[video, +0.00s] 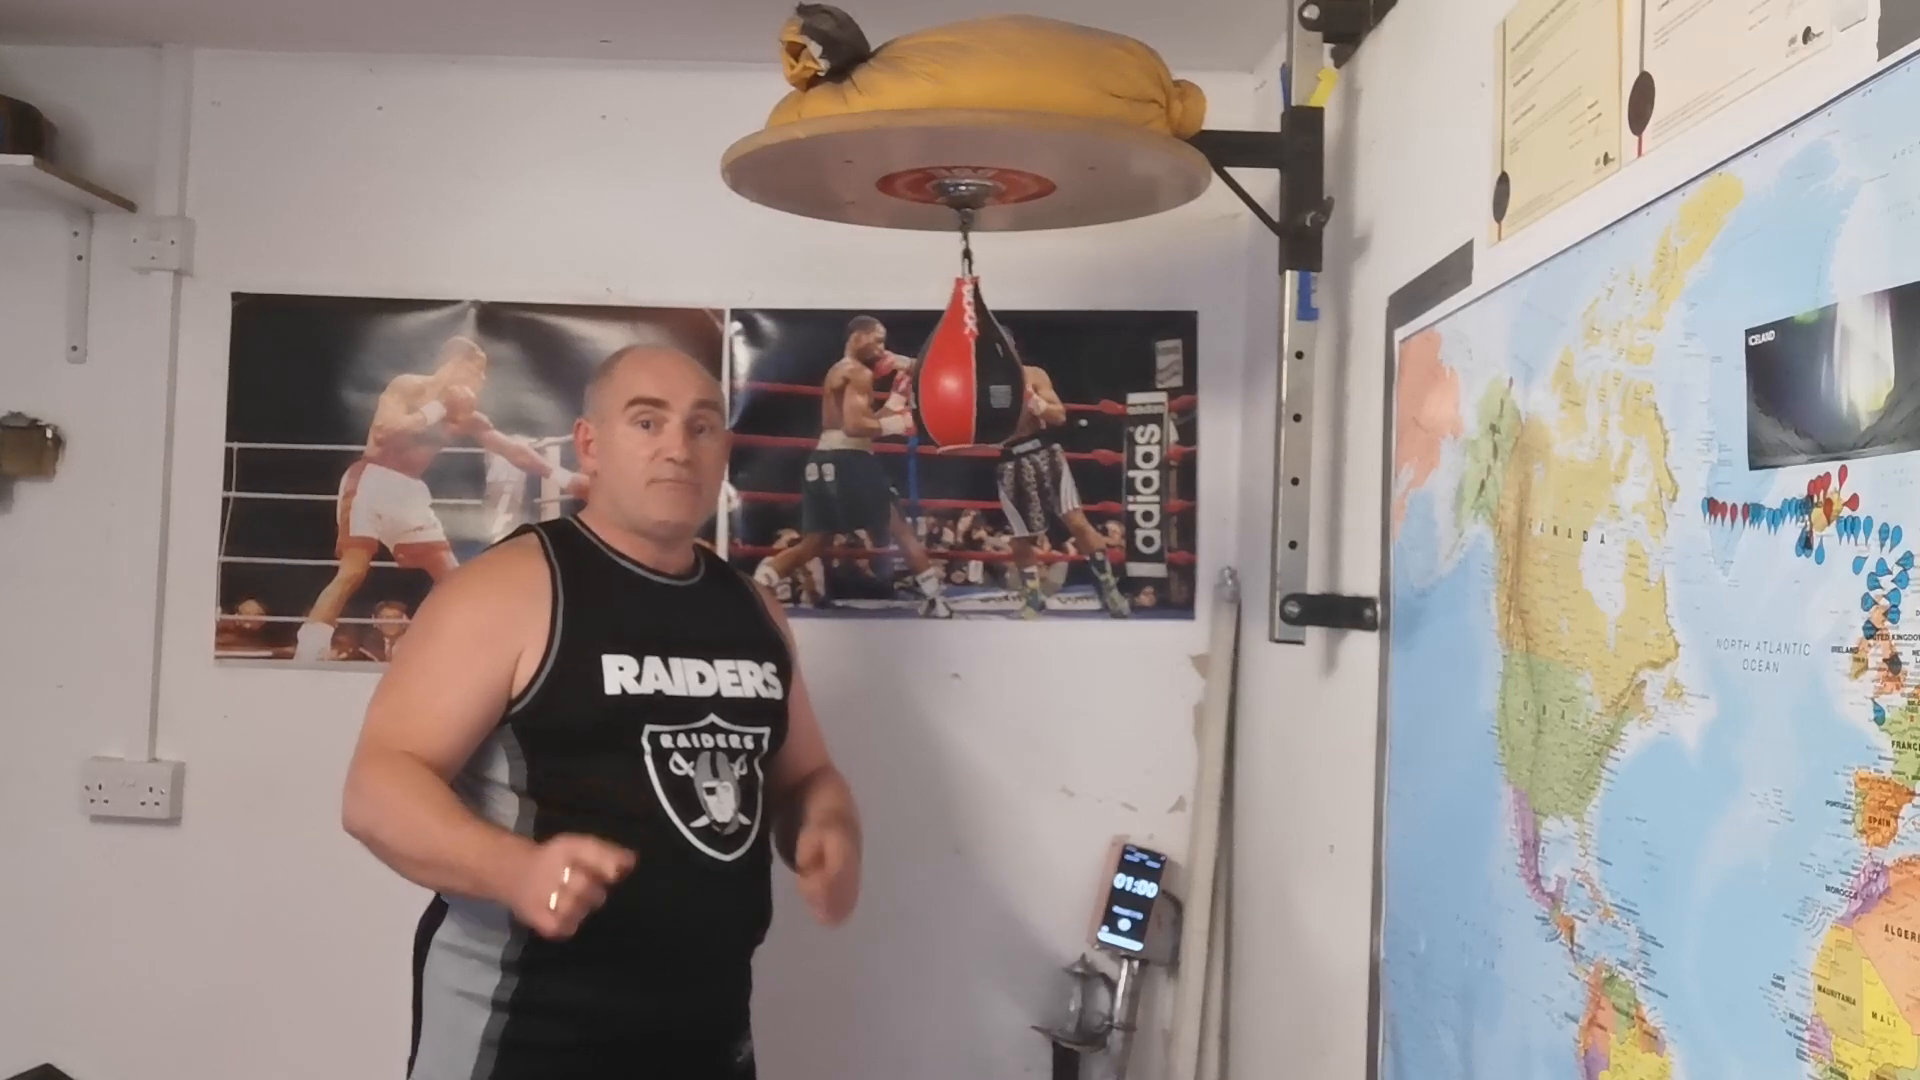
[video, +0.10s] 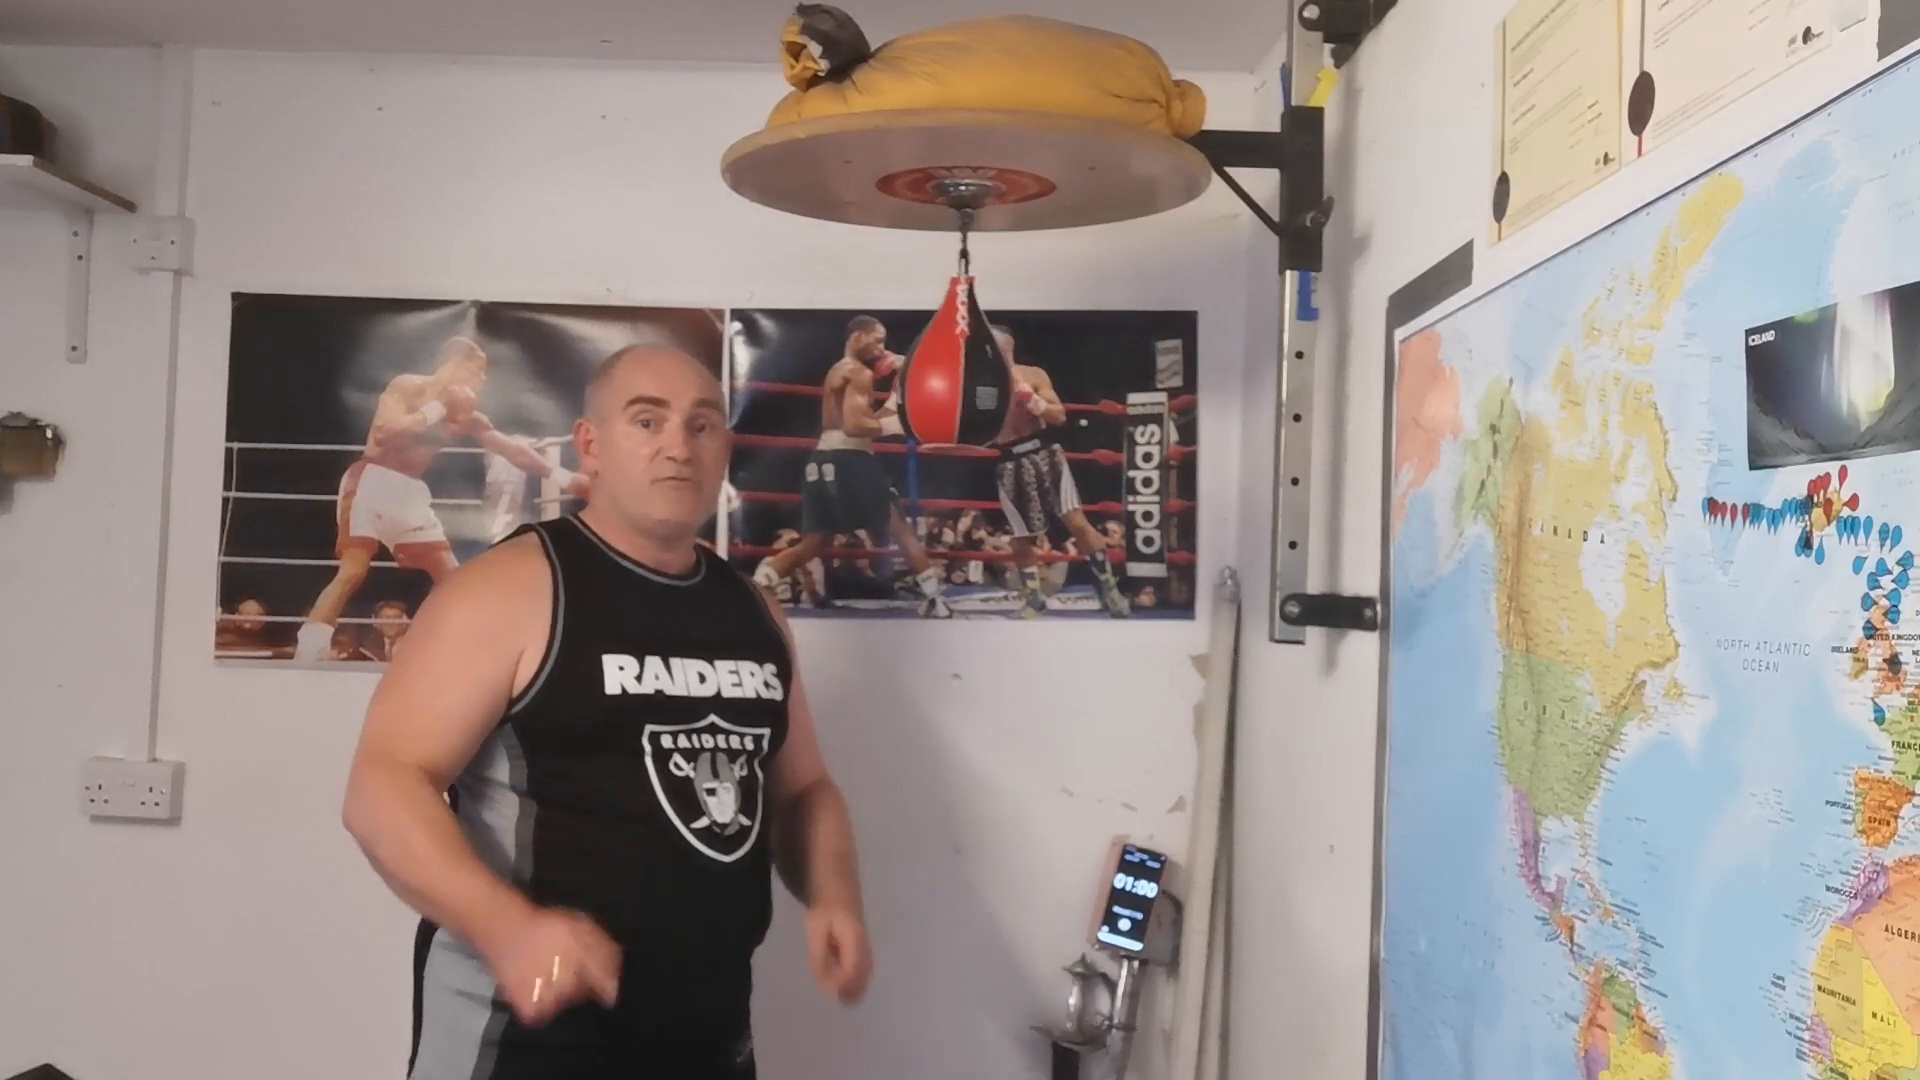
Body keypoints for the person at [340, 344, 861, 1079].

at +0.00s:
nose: (678, 447)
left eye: (701, 424)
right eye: (646, 420)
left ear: (725, 454)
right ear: (588, 445)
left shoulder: (749, 610)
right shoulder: (507, 588)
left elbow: (804, 777)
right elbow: (378, 786)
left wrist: (826, 831)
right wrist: (515, 870)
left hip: (703, 1020)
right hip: (526, 1024)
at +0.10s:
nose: (679, 446)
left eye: (702, 424)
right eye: (646, 419)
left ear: (726, 454)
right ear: (588, 445)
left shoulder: (750, 611)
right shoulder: (508, 588)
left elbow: (802, 790)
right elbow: (382, 786)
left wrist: (831, 898)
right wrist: (509, 931)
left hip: (706, 1024)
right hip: (534, 1028)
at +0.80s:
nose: (693, 446)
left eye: (714, 423)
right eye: (660, 418)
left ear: (737, 453)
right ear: (600, 443)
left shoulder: (748, 608)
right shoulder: (519, 592)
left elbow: (793, 810)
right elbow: (403, 807)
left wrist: (830, 994)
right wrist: (477, 1031)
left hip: (719, 1037)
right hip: (555, 1040)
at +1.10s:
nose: (681, 444)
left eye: (701, 421)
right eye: (646, 418)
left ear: (724, 450)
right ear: (586, 446)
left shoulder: (743, 607)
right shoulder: (508, 592)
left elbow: (789, 772)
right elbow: (383, 793)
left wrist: (814, 807)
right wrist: (556, 820)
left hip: (715, 1022)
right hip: (540, 1024)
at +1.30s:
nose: (674, 444)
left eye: (695, 421)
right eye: (640, 418)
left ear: (719, 451)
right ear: (582, 447)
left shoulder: (741, 608)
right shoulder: (505, 591)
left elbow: (813, 767)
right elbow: (384, 794)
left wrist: (814, 812)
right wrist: (533, 821)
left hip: (713, 1020)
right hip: (536, 1024)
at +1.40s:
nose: (675, 442)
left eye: (696, 421)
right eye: (641, 417)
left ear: (719, 452)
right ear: (582, 447)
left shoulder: (747, 611)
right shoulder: (506, 591)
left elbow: (810, 779)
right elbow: (379, 793)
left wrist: (822, 848)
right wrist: (516, 854)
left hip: (712, 1024)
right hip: (536, 1027)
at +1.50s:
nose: (680, 442)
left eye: (701, 420)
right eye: (647, 415)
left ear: (725, 450)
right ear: (587, 444)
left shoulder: (748, 608)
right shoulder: (502, 593)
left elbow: (809, 778)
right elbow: (375, 790)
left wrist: (814, 856)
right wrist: (507, 878)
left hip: (709, 1026)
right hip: (532, 1030)